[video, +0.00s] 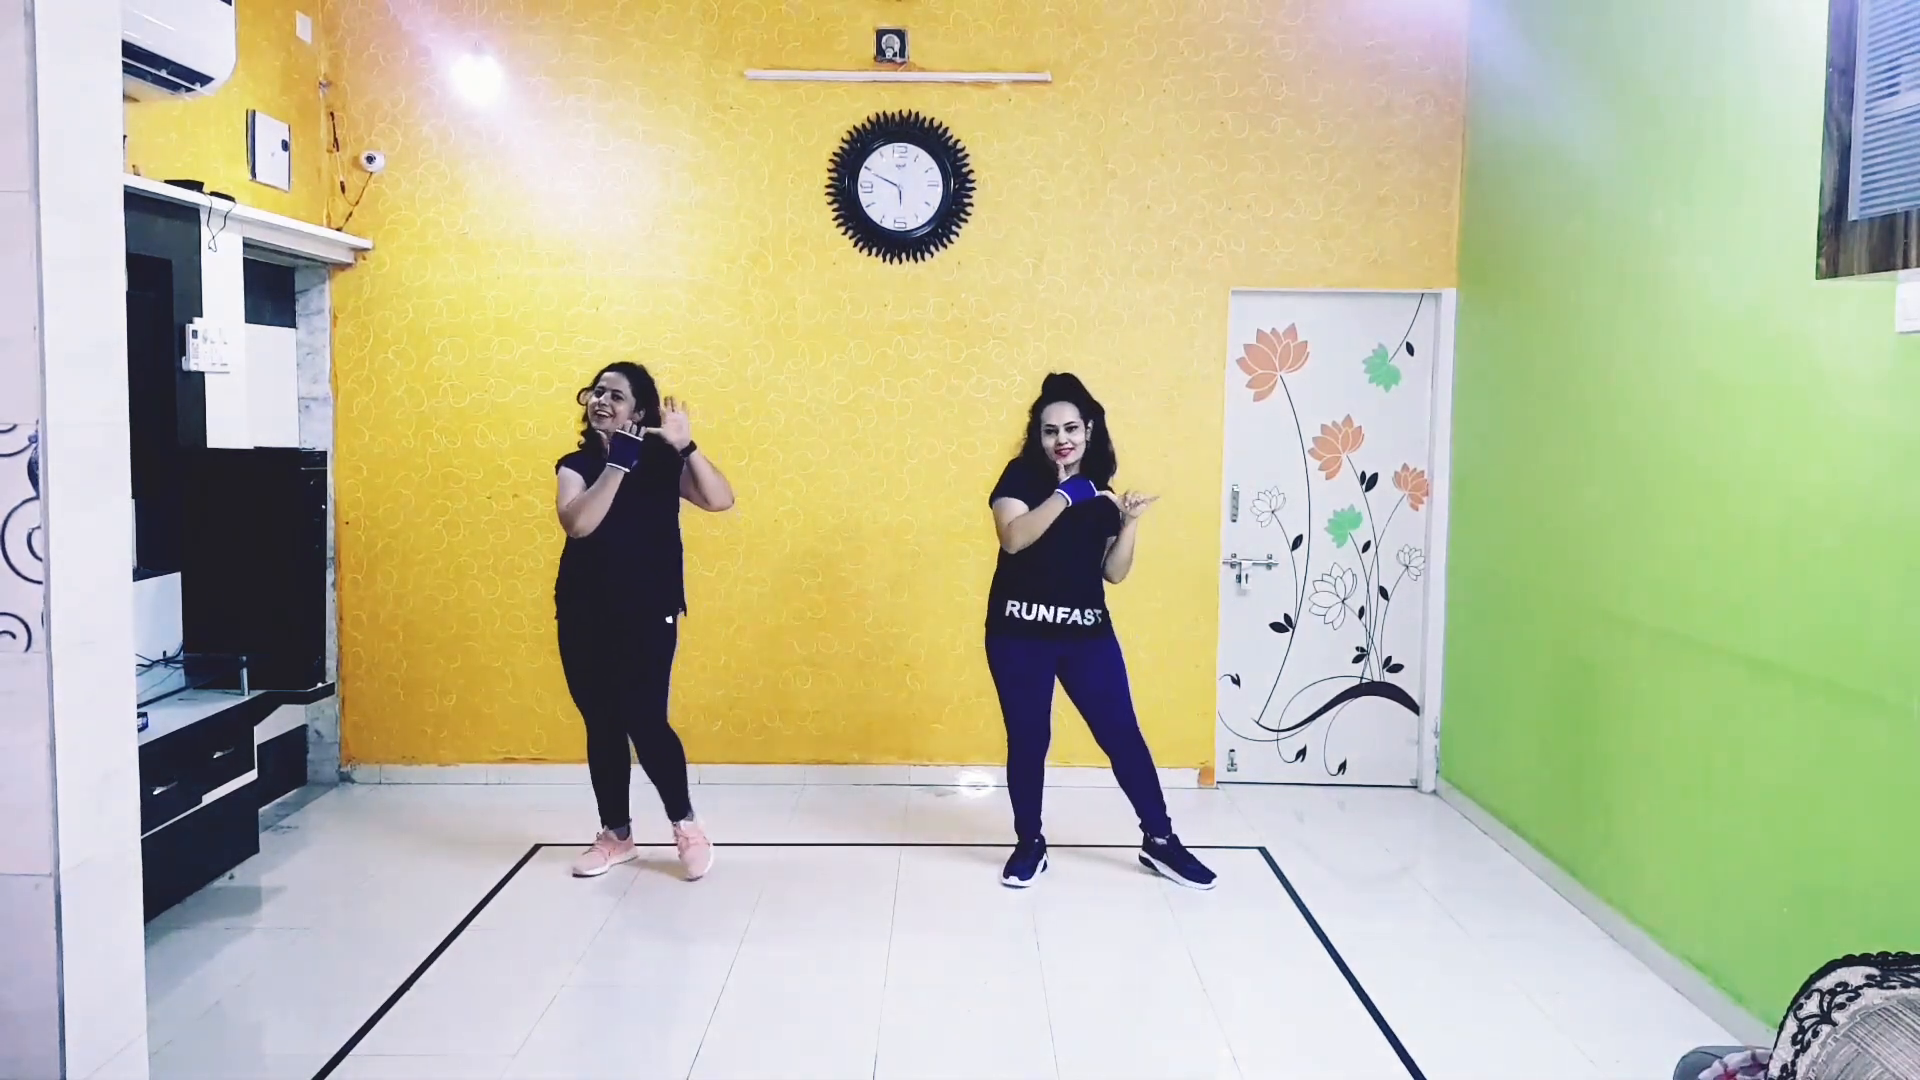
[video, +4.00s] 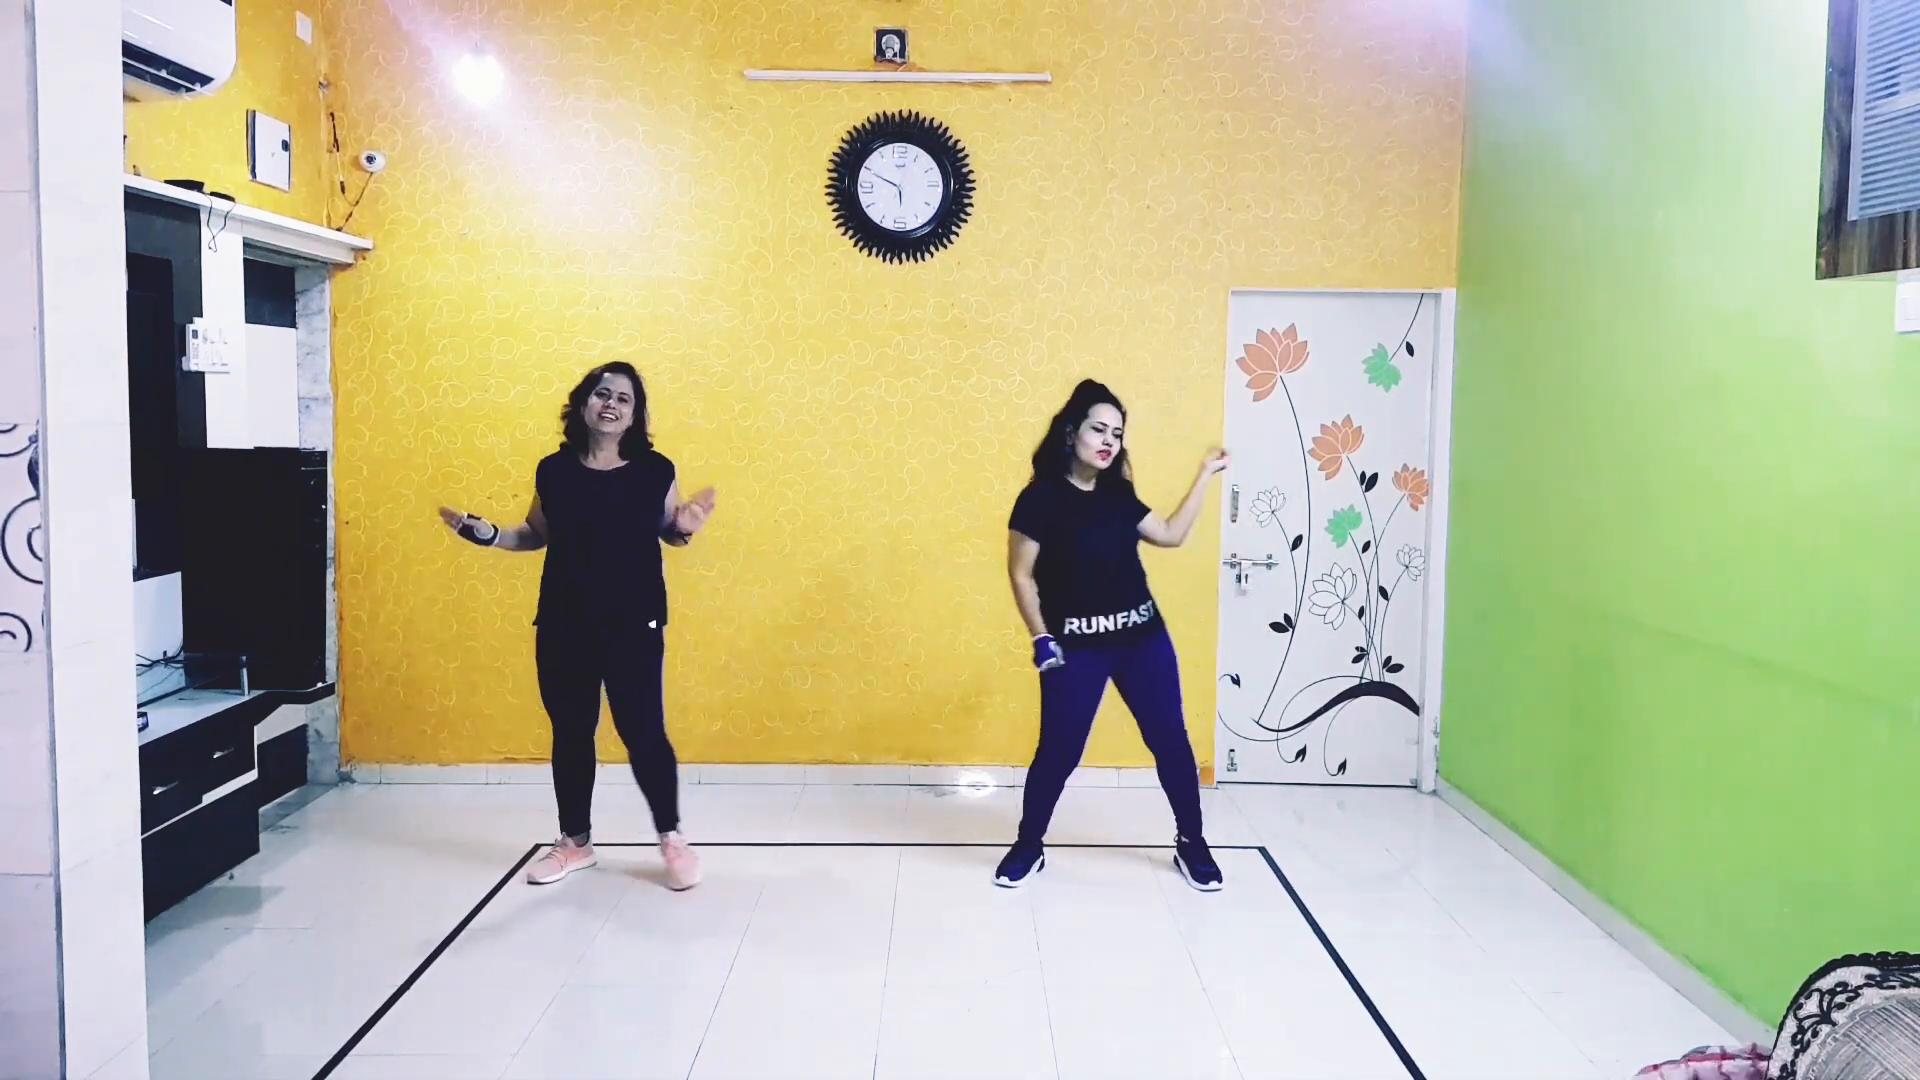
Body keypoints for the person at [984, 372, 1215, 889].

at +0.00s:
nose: (1063, 439)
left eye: (1072, 428)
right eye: (1051, 430)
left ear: (1089, 431)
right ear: (1037, 434)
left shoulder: (1101, 496)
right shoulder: (1019, 477)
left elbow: (1115, 573)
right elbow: (1012, 538)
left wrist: (1128, 525)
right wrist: (1063, 495)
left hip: (1086, 632)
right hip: (1019, 631)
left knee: (1123, 736)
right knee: (1027, 742)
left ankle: (1160, 838)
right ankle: (1029, 842)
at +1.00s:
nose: (1139, 445)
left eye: (1150, 433)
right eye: (1129, 435)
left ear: (1172, 436)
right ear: (1117, 443)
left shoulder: (1200, 497)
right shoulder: (1112, 496)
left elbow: (1223, 573)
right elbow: (1088, 573)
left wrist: (1211, 636)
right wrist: (1113, 539)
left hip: (1188, 643)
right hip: (1119, 641)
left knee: (1189, 755)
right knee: (1083, 744)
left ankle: (1187, 845)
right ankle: (1035, 840)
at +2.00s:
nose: (1057, 429)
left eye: (1066, 420)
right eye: (1045, 419)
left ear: (1077, 427)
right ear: (1025, 425)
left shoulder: (1087, 475)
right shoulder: (1008, 483)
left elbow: (1101, 547)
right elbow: (1016, 559)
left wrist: (1114, 610)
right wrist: (1048, 489)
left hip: (1101, 627)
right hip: (1036, 633)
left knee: (1135, 734)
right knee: (1038, 746)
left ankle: (1169, 836)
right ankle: (1030, 843)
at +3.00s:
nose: (1138, 437)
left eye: (1149, 426)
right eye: (1128, 429)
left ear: (1172, 433)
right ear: (1118, 439)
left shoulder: (1194, 505)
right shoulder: (1110, 488)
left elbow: (1207, 587)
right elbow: (1071, 544)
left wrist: (1218, 662)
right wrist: (1109, 489)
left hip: (1159, 648)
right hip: (1089, 637)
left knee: (1171, 753)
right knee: (1062, 743)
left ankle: (1191, 843)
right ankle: (1032, 842)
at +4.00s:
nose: (1109, 440)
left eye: (1116, 433)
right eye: (1099, 428)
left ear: (1120, 442)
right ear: (1071, 430)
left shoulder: (1116, 495)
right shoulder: (1040, 498)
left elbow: (1171, 534)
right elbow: (1021, 574)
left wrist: (1206, 473)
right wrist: (1042, 639)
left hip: (1141, 639)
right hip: (1074, 645)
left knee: (1171, 741)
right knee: (1057, 755)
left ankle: (1192, 841)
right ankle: (1028, 844)